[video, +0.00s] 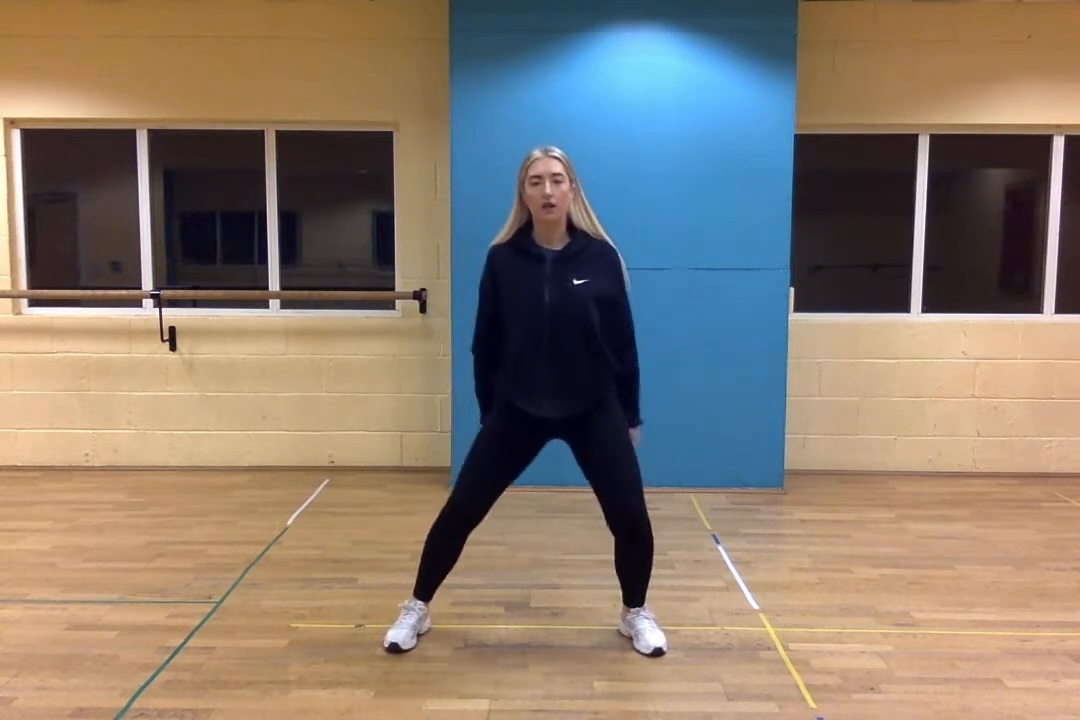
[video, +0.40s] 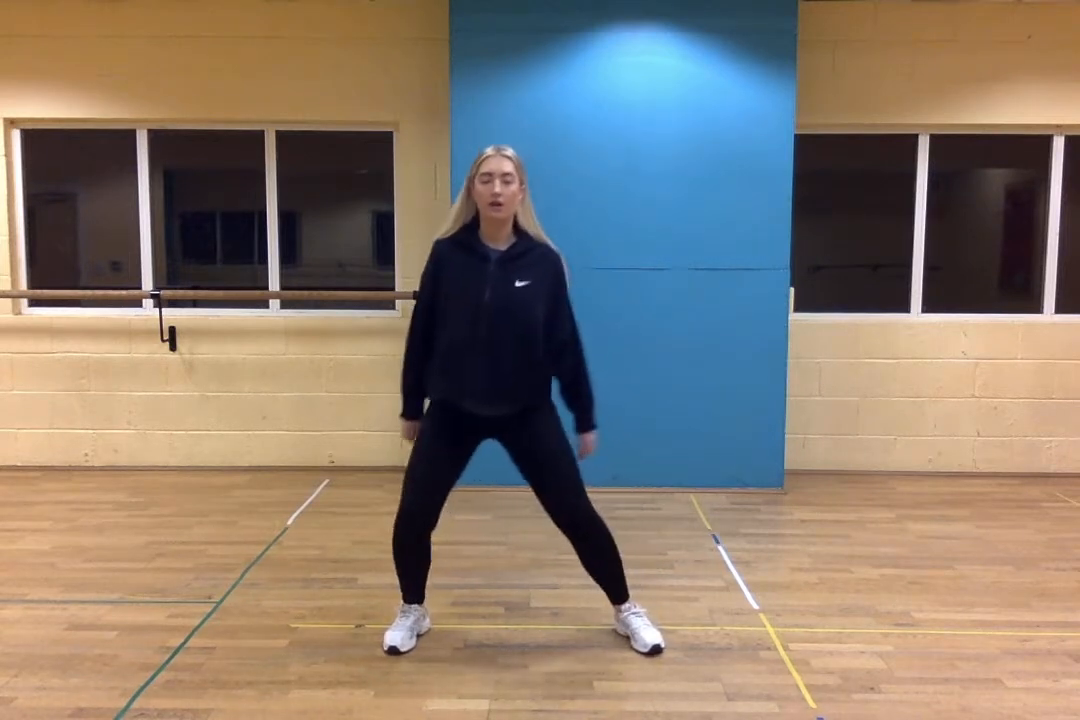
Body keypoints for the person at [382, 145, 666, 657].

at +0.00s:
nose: (548, 189)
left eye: (557, 180)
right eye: (537, 182)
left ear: (572, 189)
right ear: (523, 193)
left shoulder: (601, 254)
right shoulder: (503, 258)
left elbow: (623, 339)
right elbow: (486, 339)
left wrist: (630, 415)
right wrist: (490, 411)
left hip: (593, 407)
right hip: (519, 408)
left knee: (632, 518)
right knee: (461, 509)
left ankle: (636, 612)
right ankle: (416, 608)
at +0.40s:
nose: (496, 188)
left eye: (507, 179)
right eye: (487, 179)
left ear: (521, 190)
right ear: (471, 190)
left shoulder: (543, 259)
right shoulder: (446, 252)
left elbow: (564, 341)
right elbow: (421, 331)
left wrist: (584, 419)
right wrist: (411, 406)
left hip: (525, 409)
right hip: (454, 409)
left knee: (574, 512)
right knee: (412, 515)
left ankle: (626, 609)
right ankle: (412, 609)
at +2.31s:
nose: (503, 188)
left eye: (514, 179)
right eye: (494, 179)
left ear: (528, 189)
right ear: (478, 187)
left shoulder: (548, 258)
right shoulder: (453, 249)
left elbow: (570, 342)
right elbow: (427, 320)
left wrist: (591, 420)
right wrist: (421, 396)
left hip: (528, 406)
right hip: (456, 403)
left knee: (571, 511)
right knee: (413, 516)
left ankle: (631, 608)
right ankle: (410, 608)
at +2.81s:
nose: (559, 192)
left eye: (568, 182)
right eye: (548, 183)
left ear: (582, 191)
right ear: (533, 194)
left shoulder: (609, 256)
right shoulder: (512, 260)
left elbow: (632, 335)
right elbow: (496, 336)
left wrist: (645, 410)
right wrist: (499, 409)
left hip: (605, 408)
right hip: (532, 410)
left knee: (641, 516)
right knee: (477, 510)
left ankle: (638, 611)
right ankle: (421, 606)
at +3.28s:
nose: (511, 191)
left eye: (521, 181)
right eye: (501, 181)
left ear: (535, 191)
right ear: (486, 191)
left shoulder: (559, 259)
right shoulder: (461, 255)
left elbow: (582, 339)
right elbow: (437, 329)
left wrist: (605, 416)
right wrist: (428, 405)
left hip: (532, 408)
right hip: (460, 405)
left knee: (581, 512)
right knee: (415, 514)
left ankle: (631, 608)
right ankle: (416, 608)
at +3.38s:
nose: (507, 194)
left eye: (518, 185)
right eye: (497, 185)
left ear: (532, 196)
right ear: (482, 195)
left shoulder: (555, 261)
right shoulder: (458, 257)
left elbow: (573, 345)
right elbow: (429, 333)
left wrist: (593, 419)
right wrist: (412, 409)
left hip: (530, 409)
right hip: (459, 407)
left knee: (583, 511)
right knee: (415, 514)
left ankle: (631, 609)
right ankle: (415, 608)